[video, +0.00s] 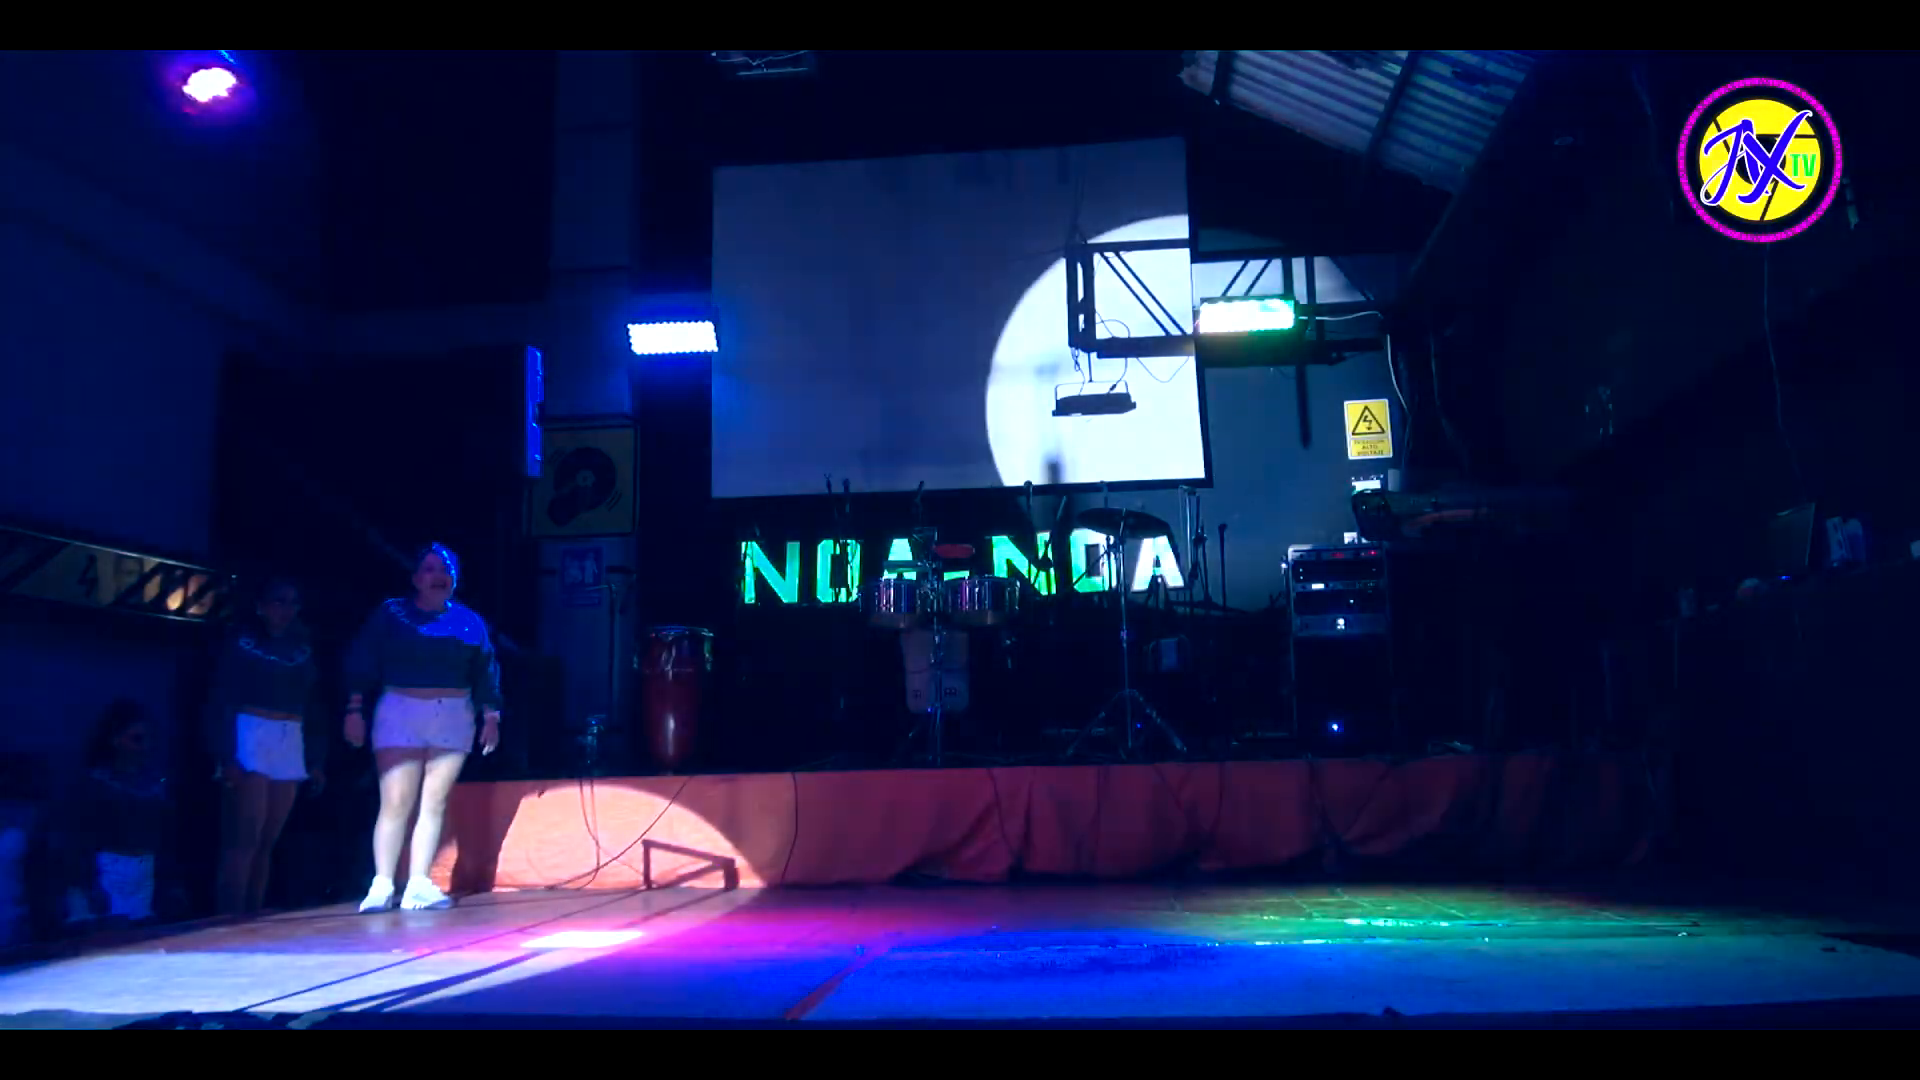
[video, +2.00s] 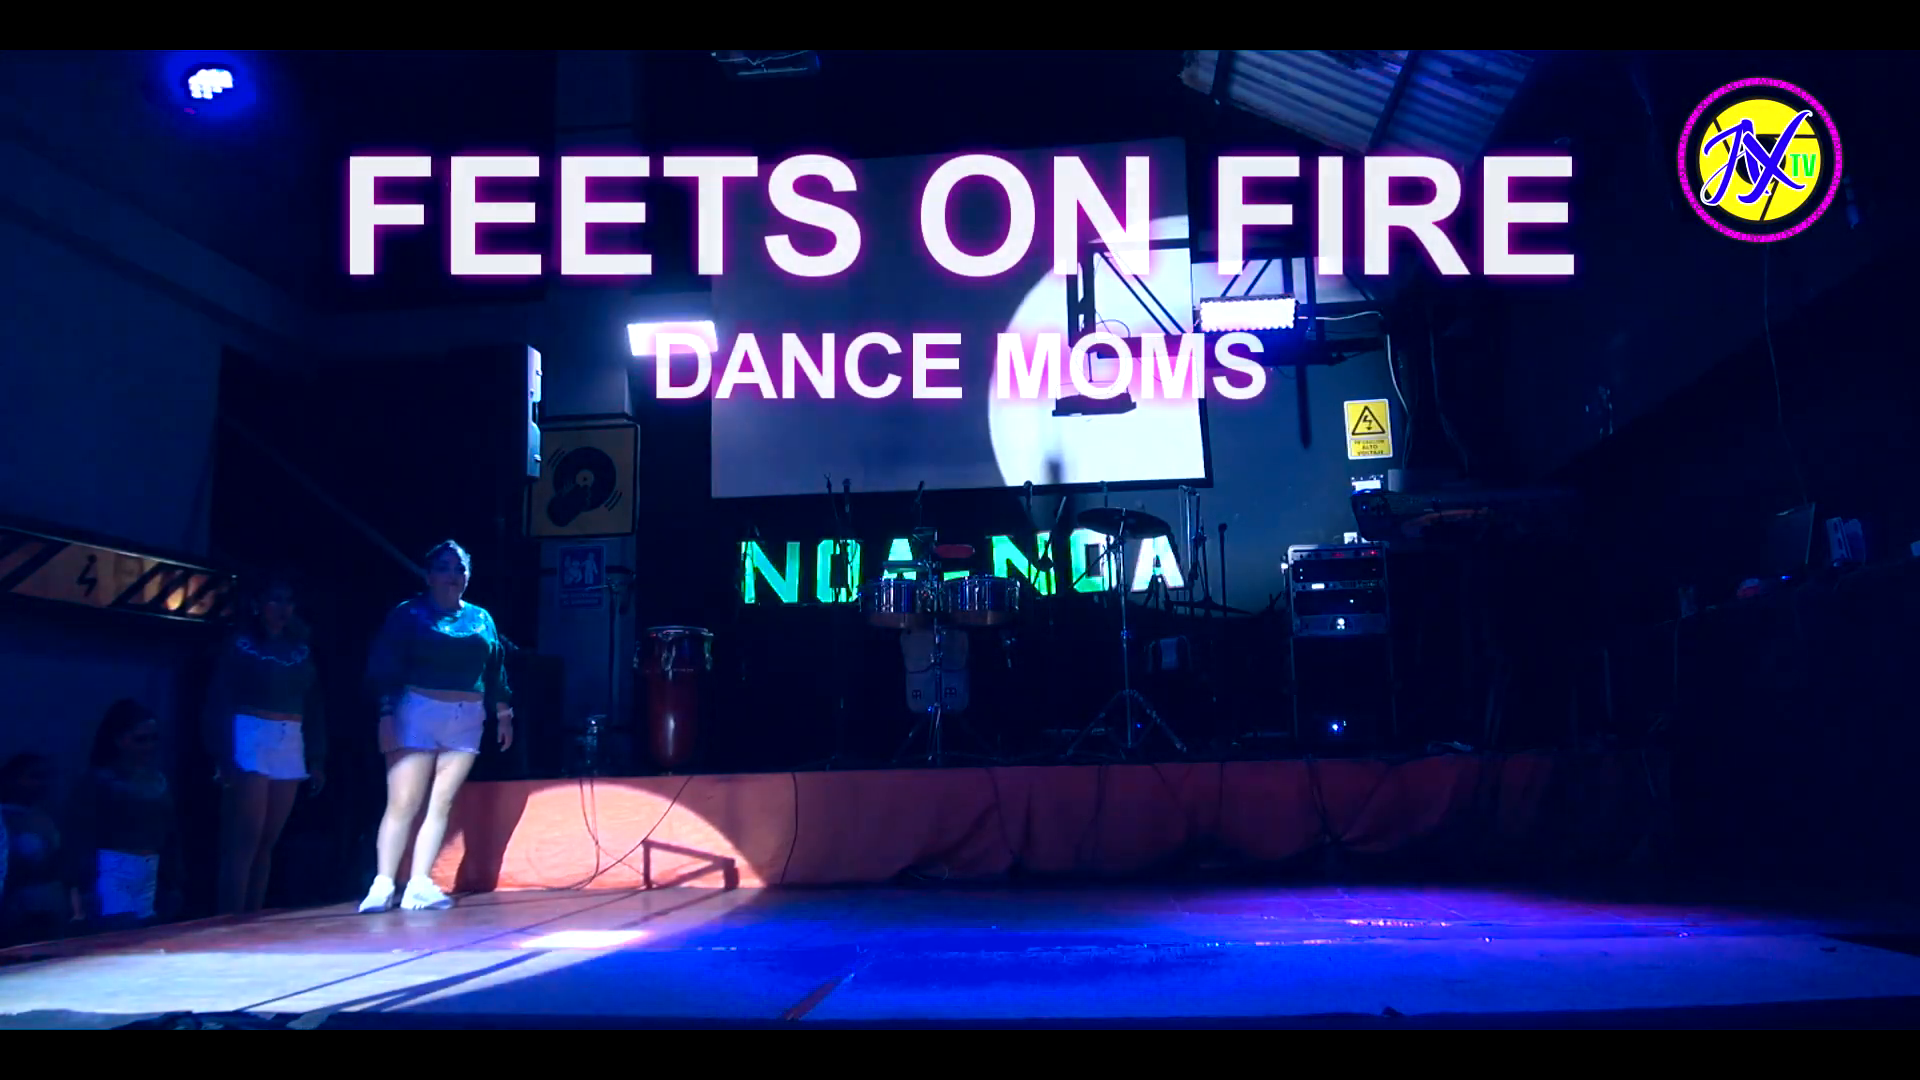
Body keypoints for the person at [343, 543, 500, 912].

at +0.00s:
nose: (435, 575)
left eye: (442, 570)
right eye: (429, 569)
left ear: (453, 577)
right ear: (415, 576)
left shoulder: (470, 623)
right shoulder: (391, 616)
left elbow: (487, 675)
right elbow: (363, 661)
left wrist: (491, 716)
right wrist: (355, 708)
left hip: (453, 712)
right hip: (399, 710)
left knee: (434, 802)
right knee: (396, 803)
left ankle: (419, 882)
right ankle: (383, 882)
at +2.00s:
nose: (453, 576)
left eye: (460, 570)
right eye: (445, 569)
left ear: (468, 576)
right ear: (429, 575)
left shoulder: (481, 618)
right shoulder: (408, 615)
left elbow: (496, 671)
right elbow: (386, 667)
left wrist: (503, 714)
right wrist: (386, 715)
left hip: (467, 713)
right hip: (417, 709)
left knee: (441, 805)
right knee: (402, 805)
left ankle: (419, 884)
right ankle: (384, 882)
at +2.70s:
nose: (473, 574)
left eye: (479, 568)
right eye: (465, 568)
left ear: (486, 574)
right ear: (447, 572)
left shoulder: (491, 616)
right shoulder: (431, 611)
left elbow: (506, 669)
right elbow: (396, 655)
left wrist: (537, 696)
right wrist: (379, 703)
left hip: (475, 717)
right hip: (432, 708)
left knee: (437, 802)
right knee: (473, 774)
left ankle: (417, 884)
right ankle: (451, 861)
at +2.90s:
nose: (483, 576)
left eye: (489, 570)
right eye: (474, 569)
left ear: (495, 574)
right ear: (456, 572)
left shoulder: (509, 616)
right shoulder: (437, 612)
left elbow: (542, 654)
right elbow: (395, 652)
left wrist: (576, 671)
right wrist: (368, 701)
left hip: (485, 721)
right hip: (443, 712)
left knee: (438, 804)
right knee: (469, 793)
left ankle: (412, 882)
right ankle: (486, 881)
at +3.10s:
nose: (498, 574)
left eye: (504, 567)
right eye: (491, 566)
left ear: (509, 573)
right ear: (469, 567)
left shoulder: (524, 612)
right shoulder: (442, 614)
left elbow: (560, 650)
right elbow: (410, 658)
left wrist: (591, 685)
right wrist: (393, 708)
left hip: (510, 713)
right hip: (457, 711)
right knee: (482, 794)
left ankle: (454, 855)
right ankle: (492, 883)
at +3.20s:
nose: (511, 572)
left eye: (515, 566)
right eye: (503, 564)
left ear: (519, 573)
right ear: (480, 566)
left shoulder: (531, 615)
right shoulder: (449, 615)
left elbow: (562, 660)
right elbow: (421, 664)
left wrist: (586, 696)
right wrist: (416, 709)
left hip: (520, 713)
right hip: (464, 714)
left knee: (546, 788)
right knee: (487, 795)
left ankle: (510, 841)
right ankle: (493, 882)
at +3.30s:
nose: (522, 567)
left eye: (527, 561)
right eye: (515, 558)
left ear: (530, 569)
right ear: (490, 560)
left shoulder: (539, 610)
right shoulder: (456, 609)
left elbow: (563, 658)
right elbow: (425, 656)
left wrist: (575, 701)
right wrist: (437, 683)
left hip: (530, 707)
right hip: (473, 709)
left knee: (547, 783)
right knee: (490, 795)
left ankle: (536, 864)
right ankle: (494, 882)